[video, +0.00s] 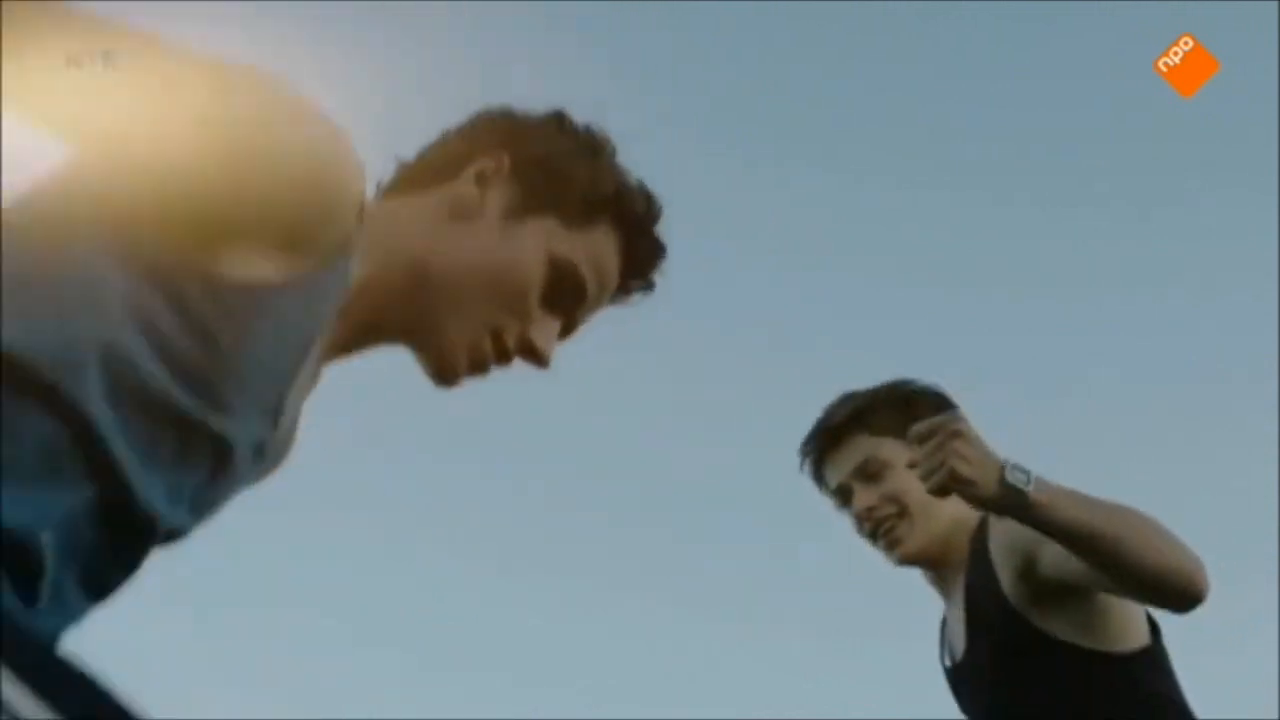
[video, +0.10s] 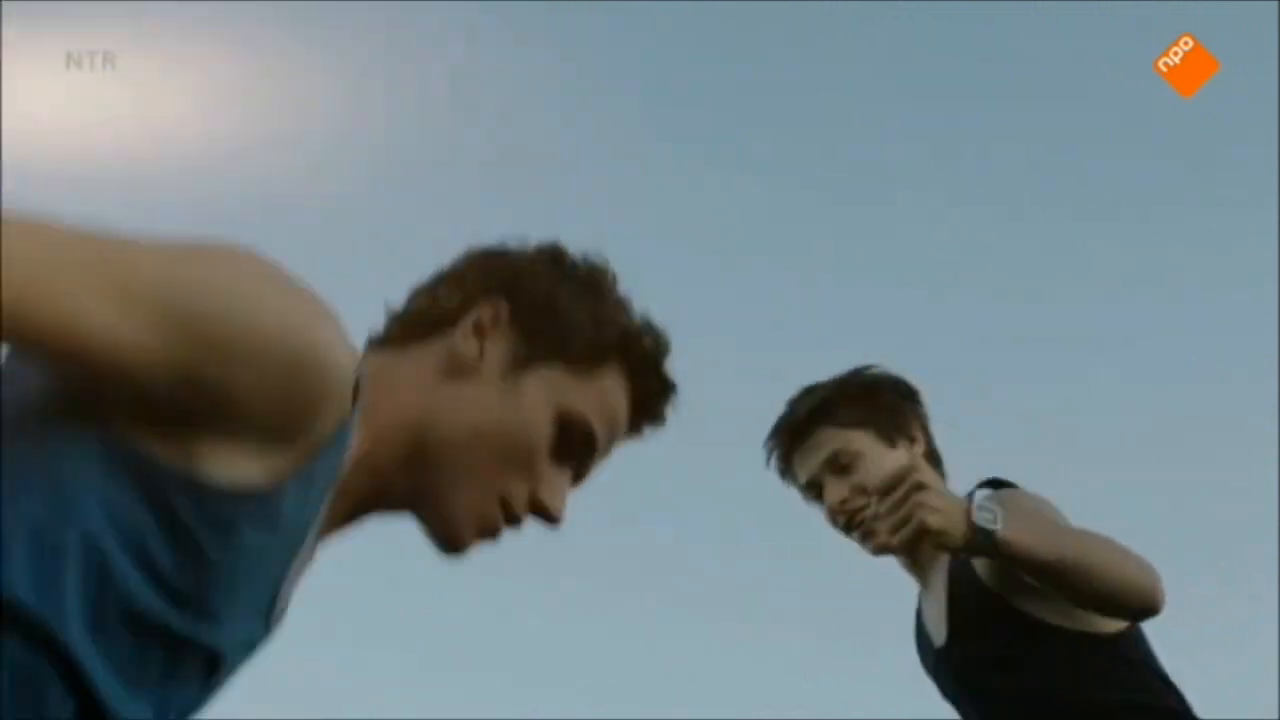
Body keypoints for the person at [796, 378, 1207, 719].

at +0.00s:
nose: (862, 507)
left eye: (875, 474)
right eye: (845, 498)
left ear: (938, 455)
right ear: (845, 518)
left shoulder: (1018, 543)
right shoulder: (954, 633)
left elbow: (1185, 584)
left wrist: (1007, 485)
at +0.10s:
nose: (836, 501)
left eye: (845, 465)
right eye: (817, 493)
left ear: (912, 441)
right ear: (819, 513)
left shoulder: (997, 517)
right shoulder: (929, 627)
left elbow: (1143, 593)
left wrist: (976, 524)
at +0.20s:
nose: (818, 505)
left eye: (827, 469)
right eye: (799, 497)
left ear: (893, 443)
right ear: (802, 514)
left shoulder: (984, 512)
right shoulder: (914, 639)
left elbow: (1113, 583)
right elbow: (1014, 700)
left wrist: (951, 554)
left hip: (1147, 703)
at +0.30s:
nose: (792, 523)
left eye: (800, 487)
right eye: (774, 515)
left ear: (864, 458)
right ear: (773, 529)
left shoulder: (962, 526)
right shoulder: (885, 622)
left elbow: (1078, 561)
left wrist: (928, 596)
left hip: (1126, 707)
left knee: (1016, 689)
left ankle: (1087, 708)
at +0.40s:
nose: (776, 540)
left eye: (784, 504)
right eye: (757, 533)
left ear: (845, 472)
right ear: (755, 547)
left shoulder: (947, 537)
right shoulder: (873, 638)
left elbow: (1061, 558)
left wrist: (924, 614)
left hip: (1116, 707)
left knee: (983, 683)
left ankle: (1065, 708)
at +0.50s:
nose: (755, 576)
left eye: (762, 539)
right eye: (734, 568)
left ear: (821, 501)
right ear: (732, 581)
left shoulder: (923, 563)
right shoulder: (849, 677)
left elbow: (1053, 578)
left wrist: (918, 641)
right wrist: (855, 705)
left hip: (1086, 702)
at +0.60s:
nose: (742, 604)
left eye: (749, 568)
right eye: (721, 594)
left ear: (811, 533)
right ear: (718, 606)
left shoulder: (908, 587)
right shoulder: (844, 689)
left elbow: (1059, 599)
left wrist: (916, 646)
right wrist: (868, 708)